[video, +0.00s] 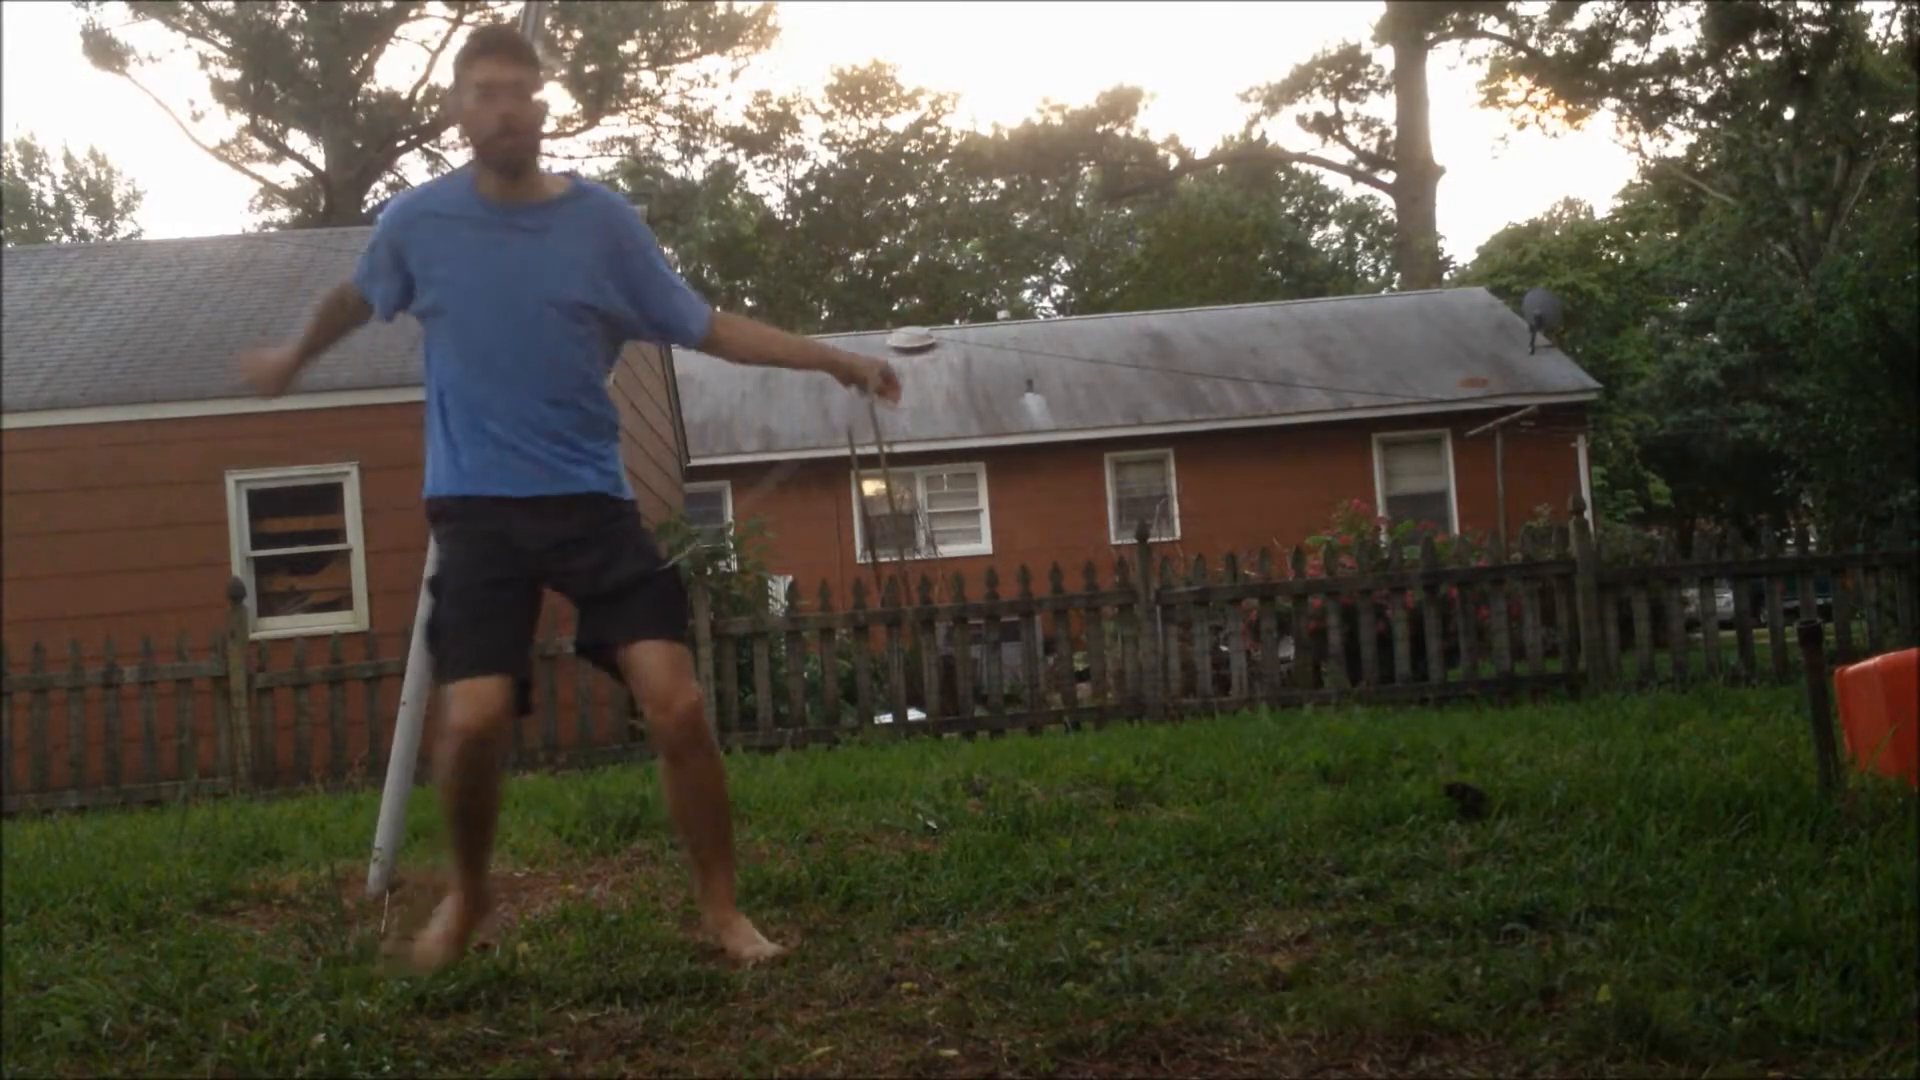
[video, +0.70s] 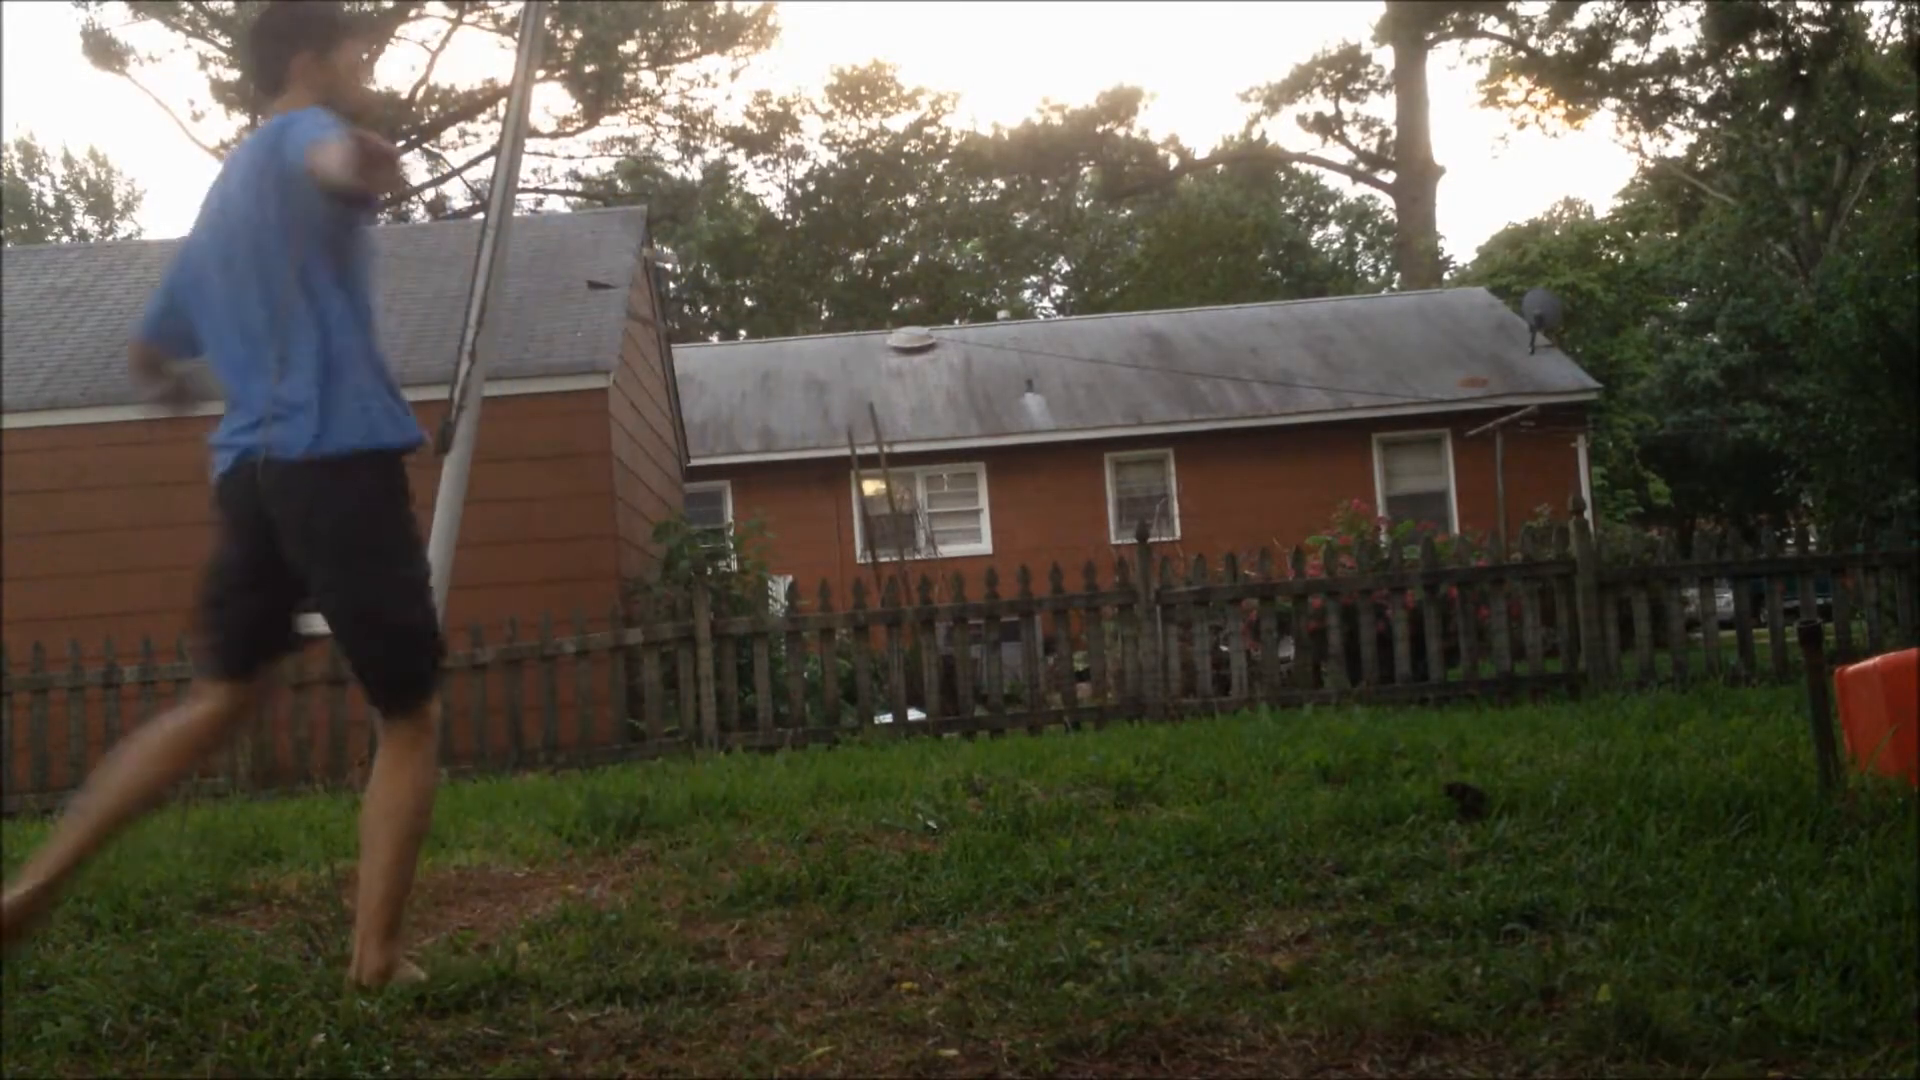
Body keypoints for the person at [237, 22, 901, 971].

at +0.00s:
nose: (506, 109)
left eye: (521, 92)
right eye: (486, 93)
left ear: (543, 103)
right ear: (455, 109)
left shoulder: (601, 218)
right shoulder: (415, 218)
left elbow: (702, 324)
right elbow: (351, 299)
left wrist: (835, 360)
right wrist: (289, 359)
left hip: (593, 502)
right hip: (474, 507)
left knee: (681, 709)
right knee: (473, 722)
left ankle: (722, 915)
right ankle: (466, 898)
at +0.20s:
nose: (559, 113)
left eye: (562, 98)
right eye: (535, 98)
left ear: (565, 111)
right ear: (475, 113)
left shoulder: (571, 236)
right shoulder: (418, 218)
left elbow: (615, 354)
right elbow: (301, 326)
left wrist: (721, 335)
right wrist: (178, 437)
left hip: (575, 500)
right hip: (475, 504)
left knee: (678, 703)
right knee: (579, 725)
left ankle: (725, 918)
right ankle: (429, 924)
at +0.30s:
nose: (543, 102)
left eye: (541, 86)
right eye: (524, 86)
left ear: (501, 103)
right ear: (462, 99)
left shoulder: (490, 218)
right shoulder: (412, 198)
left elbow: (490, 349)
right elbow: (324, 329)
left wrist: (598, 331)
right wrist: (245, 460)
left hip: (519, 494)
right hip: (439, 500)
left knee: (632, 688)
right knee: (551, 729)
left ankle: (705, 905)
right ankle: (413, 938)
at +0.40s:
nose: (509, 81)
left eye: (503, 62)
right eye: (495, 61)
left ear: (432, 78)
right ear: (445, 73)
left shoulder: (425, 182)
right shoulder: (398, 170)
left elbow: (411, 303)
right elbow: (380, 298)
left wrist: (482, 319)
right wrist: (367, 408)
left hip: (461, 483)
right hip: (408, 488)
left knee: (588, 646)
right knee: (492, 711)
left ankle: (569, 881)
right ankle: (407, 942)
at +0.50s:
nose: (467, 44)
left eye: (464, 25)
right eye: (455, 24)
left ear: (387, 43)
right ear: (405, 35)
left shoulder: (346, 135)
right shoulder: (381, 122)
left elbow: (289, 291)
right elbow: (401, 230)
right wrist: (432, 322)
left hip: (362, 437)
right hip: (364, 441)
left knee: (500, 619)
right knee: (419, 689)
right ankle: (380, 937)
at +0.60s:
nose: (418, 57)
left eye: (414, 37)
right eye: (409, 35)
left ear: (329, 45)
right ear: (365, 36)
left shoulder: (283, 150)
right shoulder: (347, 116)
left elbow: (228, 310)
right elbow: (399, 205)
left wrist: (343, 342)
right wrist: (440, 242)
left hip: (287, 441)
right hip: (353, 440)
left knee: (344, 680)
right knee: (406, 702)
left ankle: (187, 863)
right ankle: (376, 961)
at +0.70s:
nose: (368, 73)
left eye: (366, 57)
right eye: (359, 56)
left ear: (273, 72)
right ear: (310, 60)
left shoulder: (226, 189)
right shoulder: (309, 126)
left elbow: (152, 352)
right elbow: (340, 165)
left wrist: (228, 391)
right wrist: (380, 167)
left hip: (251, 475)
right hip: (343, 466)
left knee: (219, 694)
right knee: (407, 717)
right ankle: (375, 960)